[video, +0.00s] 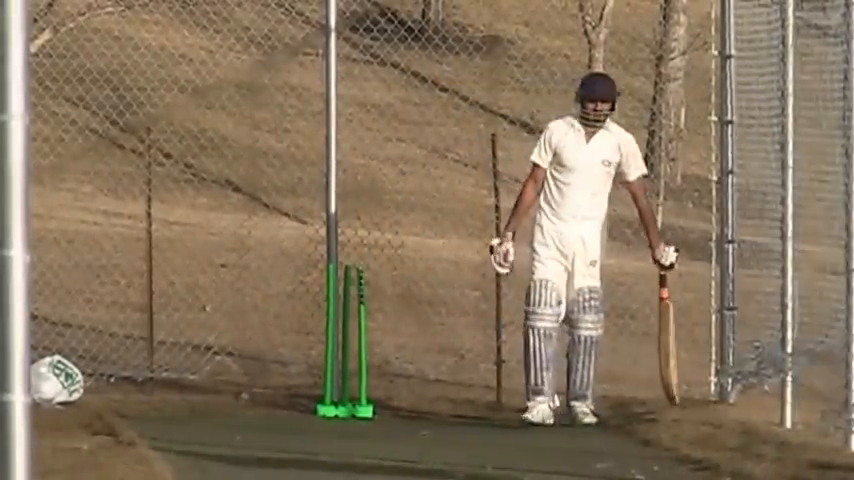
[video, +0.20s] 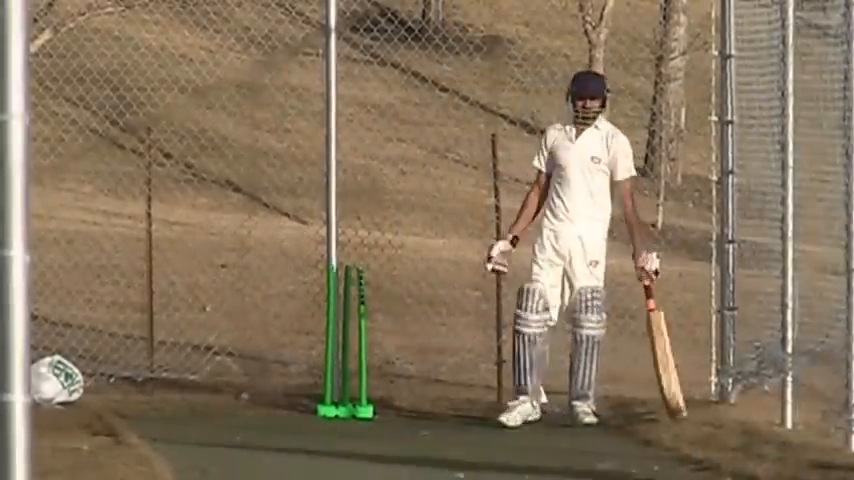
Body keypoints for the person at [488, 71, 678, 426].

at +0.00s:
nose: (596, 109)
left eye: (603, 103)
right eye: (590, 102)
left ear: (613, 105)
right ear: (578, 101)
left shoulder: (621, 142)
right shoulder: (557, 132)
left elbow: (639, 197)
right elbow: (532, 185)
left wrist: (656, 245)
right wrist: (508, 233)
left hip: (589, 245)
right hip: (549, 241)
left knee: (587, 322)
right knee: (542, 318)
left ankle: (580, 402)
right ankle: (540, 401)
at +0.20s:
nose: (586, 106)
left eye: (593, 100)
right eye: (580, 100)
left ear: (604, 102)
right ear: (570, 101)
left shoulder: (615, 143)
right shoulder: (554, 136)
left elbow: (627, 204)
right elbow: (538, 190)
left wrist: (641, 252)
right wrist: (512, 237)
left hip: (588, 245)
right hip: (549, 241)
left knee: (588, 320)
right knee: (530, 317)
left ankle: (582, 401)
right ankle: (528, 399)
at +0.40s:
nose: (574, 105)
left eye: (581, 99)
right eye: (568, 99)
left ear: (593, 101)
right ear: (559, 101)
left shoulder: (605, 139)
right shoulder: (551, 137)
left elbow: (603, 196)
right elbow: (543, 194)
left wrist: (602, 248)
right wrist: (520, 232)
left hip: (582, 248)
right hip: (545, 244)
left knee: (586, 322)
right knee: (523, 315)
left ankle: (582, 401)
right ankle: (532, 395)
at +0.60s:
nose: (558, 107)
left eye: (564, 100)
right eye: (550, 101)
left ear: (576, 99)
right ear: (542, 103)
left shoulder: (591, 135)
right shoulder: (535, 142)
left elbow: (587, 186)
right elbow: (527, 194)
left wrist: (564, 231)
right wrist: (519, 234)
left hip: (577, 247)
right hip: (537, 247)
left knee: (582, 320)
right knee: (525, 320)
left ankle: (582, 402)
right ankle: (539, 404)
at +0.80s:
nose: (526, 112)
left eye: (530, 104)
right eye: (519, 107)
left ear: (544, 98)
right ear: (513, 109)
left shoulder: (568, 131)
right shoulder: (511, 143)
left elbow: (569, 185)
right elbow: (508, 192)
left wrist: (536, 222)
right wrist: (508, 227)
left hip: (559, 246)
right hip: (523, 247)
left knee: (570, 321)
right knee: (523, 324)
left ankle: (579, 401)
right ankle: (538, 404)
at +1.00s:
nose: (488, 126)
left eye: (490, 117)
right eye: (483, 121)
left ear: (503, 108)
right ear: (484, 120)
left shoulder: (539, 130)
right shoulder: (495, 149)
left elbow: (550, 187)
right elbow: (496, 201)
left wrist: (525, 231)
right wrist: (499, 238)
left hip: (544, 238)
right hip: (515, 242)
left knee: (535, 314)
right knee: (515, 319)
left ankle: (541, 399)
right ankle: (536, 396)